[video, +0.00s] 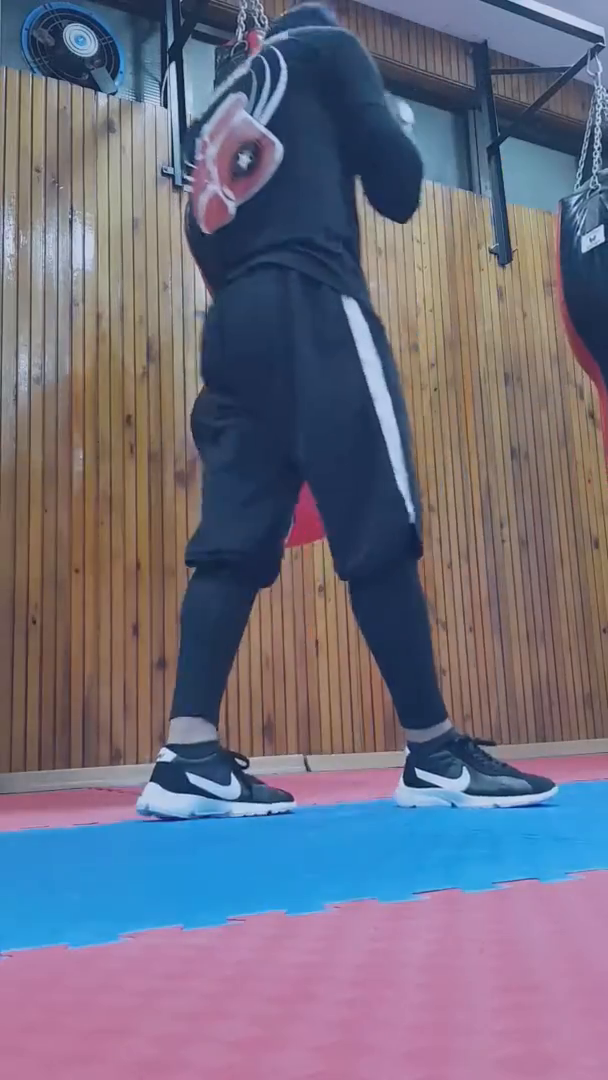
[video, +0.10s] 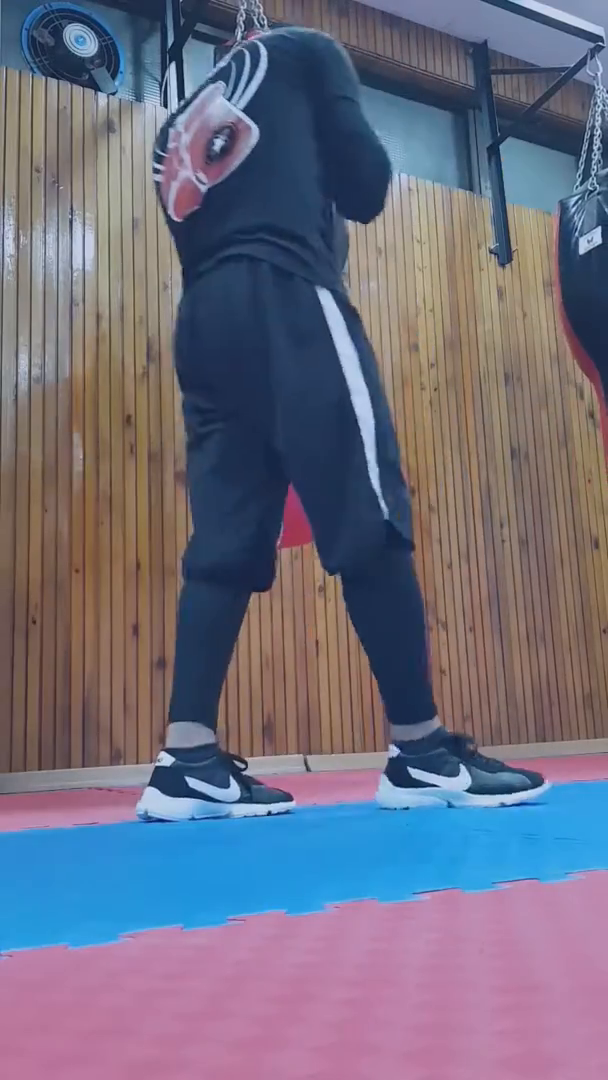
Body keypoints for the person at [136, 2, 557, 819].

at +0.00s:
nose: (352, 40)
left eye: (344, 37)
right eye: (344, 32)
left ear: (257, 33)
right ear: (325, 24)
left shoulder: (209, 113)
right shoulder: (326, 46)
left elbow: (212, 251)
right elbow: (398, 190)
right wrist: (374, 122)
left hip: (236, 319)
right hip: (315, 301)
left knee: (233, 543)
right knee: (377, 527)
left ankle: (188, 753)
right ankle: (436, 748)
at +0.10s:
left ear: (210, 45)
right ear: (267, 23)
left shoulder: (175, 123)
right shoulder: (304, 53)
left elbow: (203, 235)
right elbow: (366, 185)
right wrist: (292, 161)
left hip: (204, 313)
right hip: (287, 296)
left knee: (224, 545)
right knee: (366, 518)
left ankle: (188, 759)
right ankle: (422, 747)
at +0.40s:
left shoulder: (122, 69)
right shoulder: (266, 7)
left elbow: (127, 234)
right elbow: (352, 142)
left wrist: (199, 141)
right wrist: (302, 79)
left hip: (167, 286)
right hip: (257, 259)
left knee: (185, 528)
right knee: (362, 478)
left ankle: (186, 762)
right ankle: (302, 700)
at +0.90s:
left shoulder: (145, 10)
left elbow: (82, 130)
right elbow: (372, 81)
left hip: (135, 193)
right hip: (233, 175)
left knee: (171, 482)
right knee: (237, 464)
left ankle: (169, 760)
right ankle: (232, 771)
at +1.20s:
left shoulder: (129, 12)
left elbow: (129, 108)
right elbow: (352, 105)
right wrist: (252, 76)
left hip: (133, 182)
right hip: (252, 164)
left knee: (147, 468)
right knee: (362, 452)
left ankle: (124, 766)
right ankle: (272, 719)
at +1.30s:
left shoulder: (117, 18)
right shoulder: (306, 1)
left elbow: (131, 136)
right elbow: (358, 98)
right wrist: (296, 164)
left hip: (149, 189)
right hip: (267, 158)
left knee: (154, 474)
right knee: (411, 429)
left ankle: (126, 766)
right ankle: (345, 680)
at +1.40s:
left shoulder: (122, 10)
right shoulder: (327, 4)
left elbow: (132, 125)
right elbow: (371, 88)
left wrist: (183, 183)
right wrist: (333, 148)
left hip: (173, 172)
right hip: (299, 135)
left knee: (167, 472)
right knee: (418, 421)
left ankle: (128, 764)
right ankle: (430, 670)